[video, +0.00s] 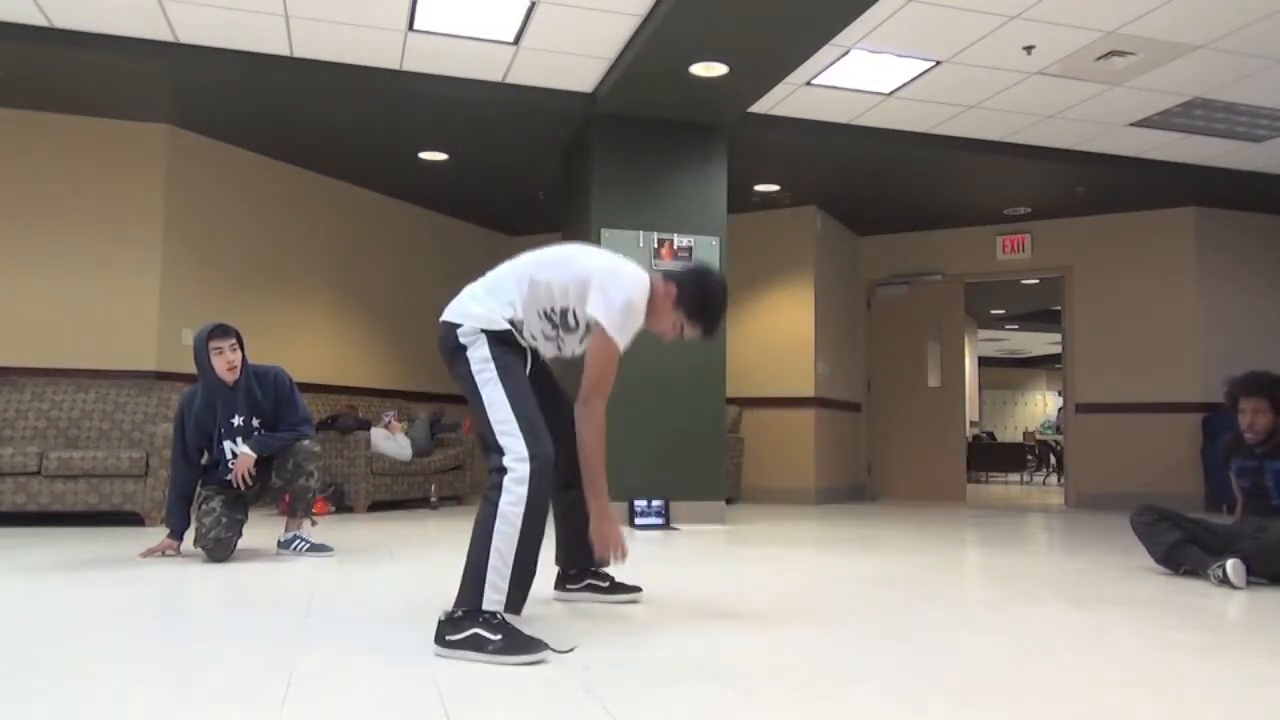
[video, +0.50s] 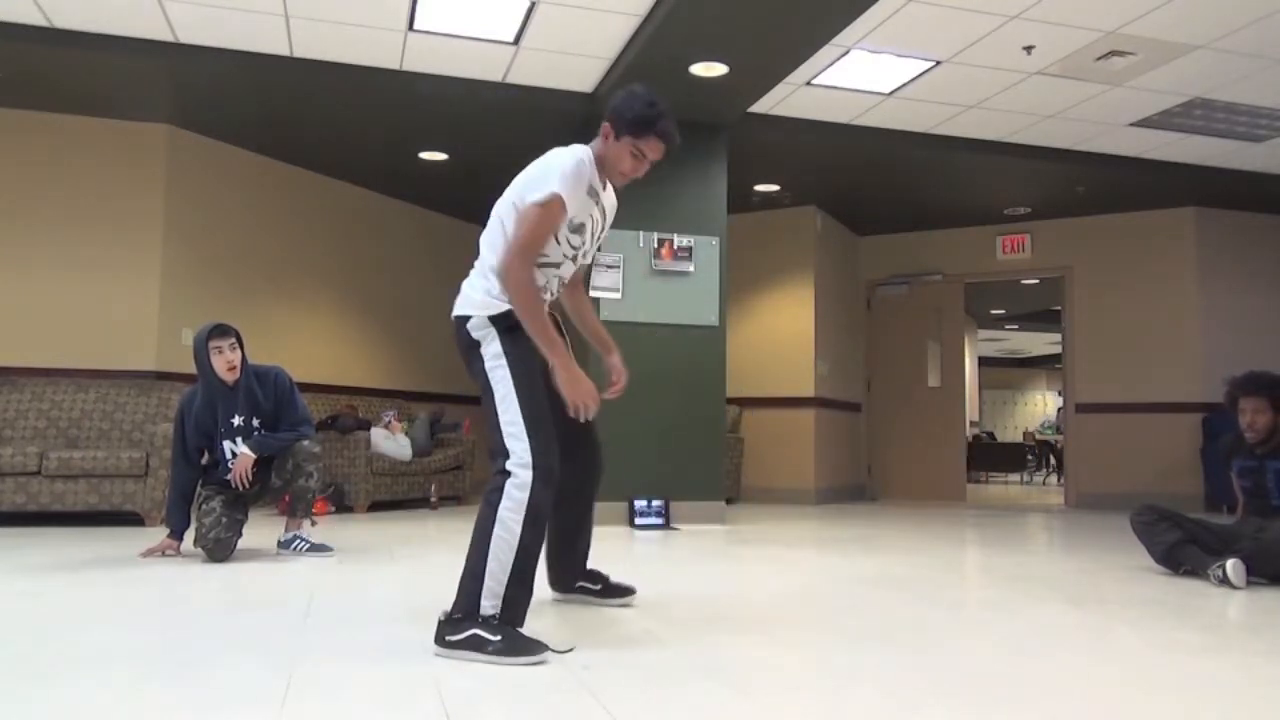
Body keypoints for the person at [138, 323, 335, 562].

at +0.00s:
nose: (230, 358)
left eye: (234, 349)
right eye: (219, 353)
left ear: (242, 351)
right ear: (204, 361)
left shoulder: (273, 381)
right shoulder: (194, 403)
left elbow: (304, 430)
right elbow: (184, 470)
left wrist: (255, 447)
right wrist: (174, 535)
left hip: (266, 476)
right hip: (221, 487)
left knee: (307, 451)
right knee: (216, 549)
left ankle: (292, 534)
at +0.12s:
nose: (230, 358)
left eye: (233, 349)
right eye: (219, 353)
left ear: (242, 351)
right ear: (204, 360)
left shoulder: (273, 381)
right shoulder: (194, 403)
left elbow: (304, 430)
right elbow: (184, 470)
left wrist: (255, 447)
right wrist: (175, 535)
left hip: (266, 476)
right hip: (221, 487)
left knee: (307, 451)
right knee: (216, 549)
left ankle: (292, 534)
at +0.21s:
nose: (230, 358)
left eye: (233, 349)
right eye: (218, 353)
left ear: (242, 351)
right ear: (204, 360)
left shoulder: (273, 381)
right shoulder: (194, 404)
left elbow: (304, 430)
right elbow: (184, 470)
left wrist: (254, 447)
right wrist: (175, 535)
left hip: (266, 476)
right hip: (221, 487)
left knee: (307, 450)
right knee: (216, 549)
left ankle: (292, 534)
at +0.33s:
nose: (230, 357)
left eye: (233, 348)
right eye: (218, 352)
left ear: (242, 351)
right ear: (204, 361)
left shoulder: (273, 381)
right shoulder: (194, 404)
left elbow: (304, 430)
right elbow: (184, 470)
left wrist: (254, 447)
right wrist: (175, 535)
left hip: (266, 476)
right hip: (221, 487)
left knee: (307, 450)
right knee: (216, 549)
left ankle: (292, 534)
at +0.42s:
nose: (230, 357)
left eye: (233, 348)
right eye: (218, 352)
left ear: (242, 351)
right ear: (204, 360)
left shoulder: (273, 381)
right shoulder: (194, 404)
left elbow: (304, 431)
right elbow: (184, 470)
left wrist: (254, 447)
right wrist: (174, 535)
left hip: (266, 476)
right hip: (221, 487)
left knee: (307, 450)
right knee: (216, 549)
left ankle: (292, 534)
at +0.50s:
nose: (229, 357)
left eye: (233, 348)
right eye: (218, 352)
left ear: (242, 351)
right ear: (204, 360)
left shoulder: (273, 381)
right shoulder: (194, 404)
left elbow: (304, 431)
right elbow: (184, 470)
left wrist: (254, 447)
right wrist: (175, 535)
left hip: (266, 476)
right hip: (221, 487)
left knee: (307, 450)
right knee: (216, 549)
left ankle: (292, 534)